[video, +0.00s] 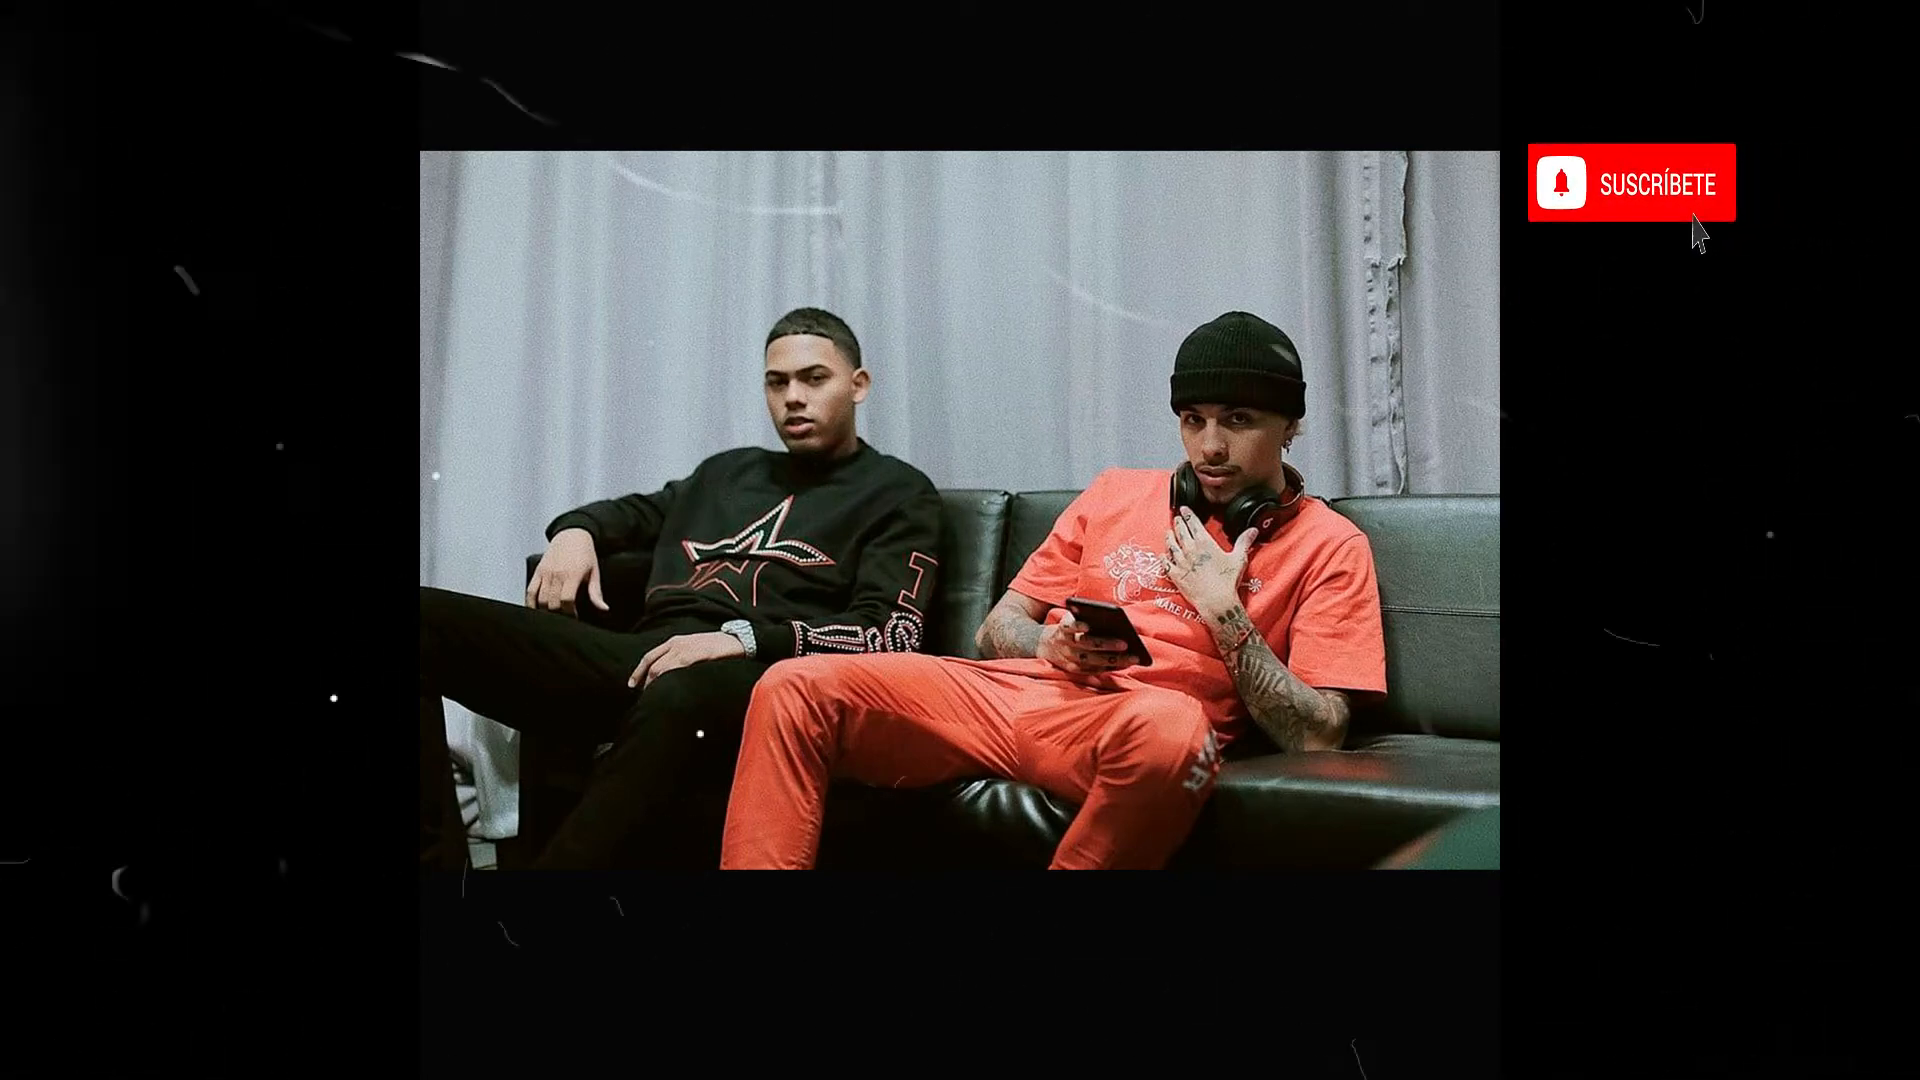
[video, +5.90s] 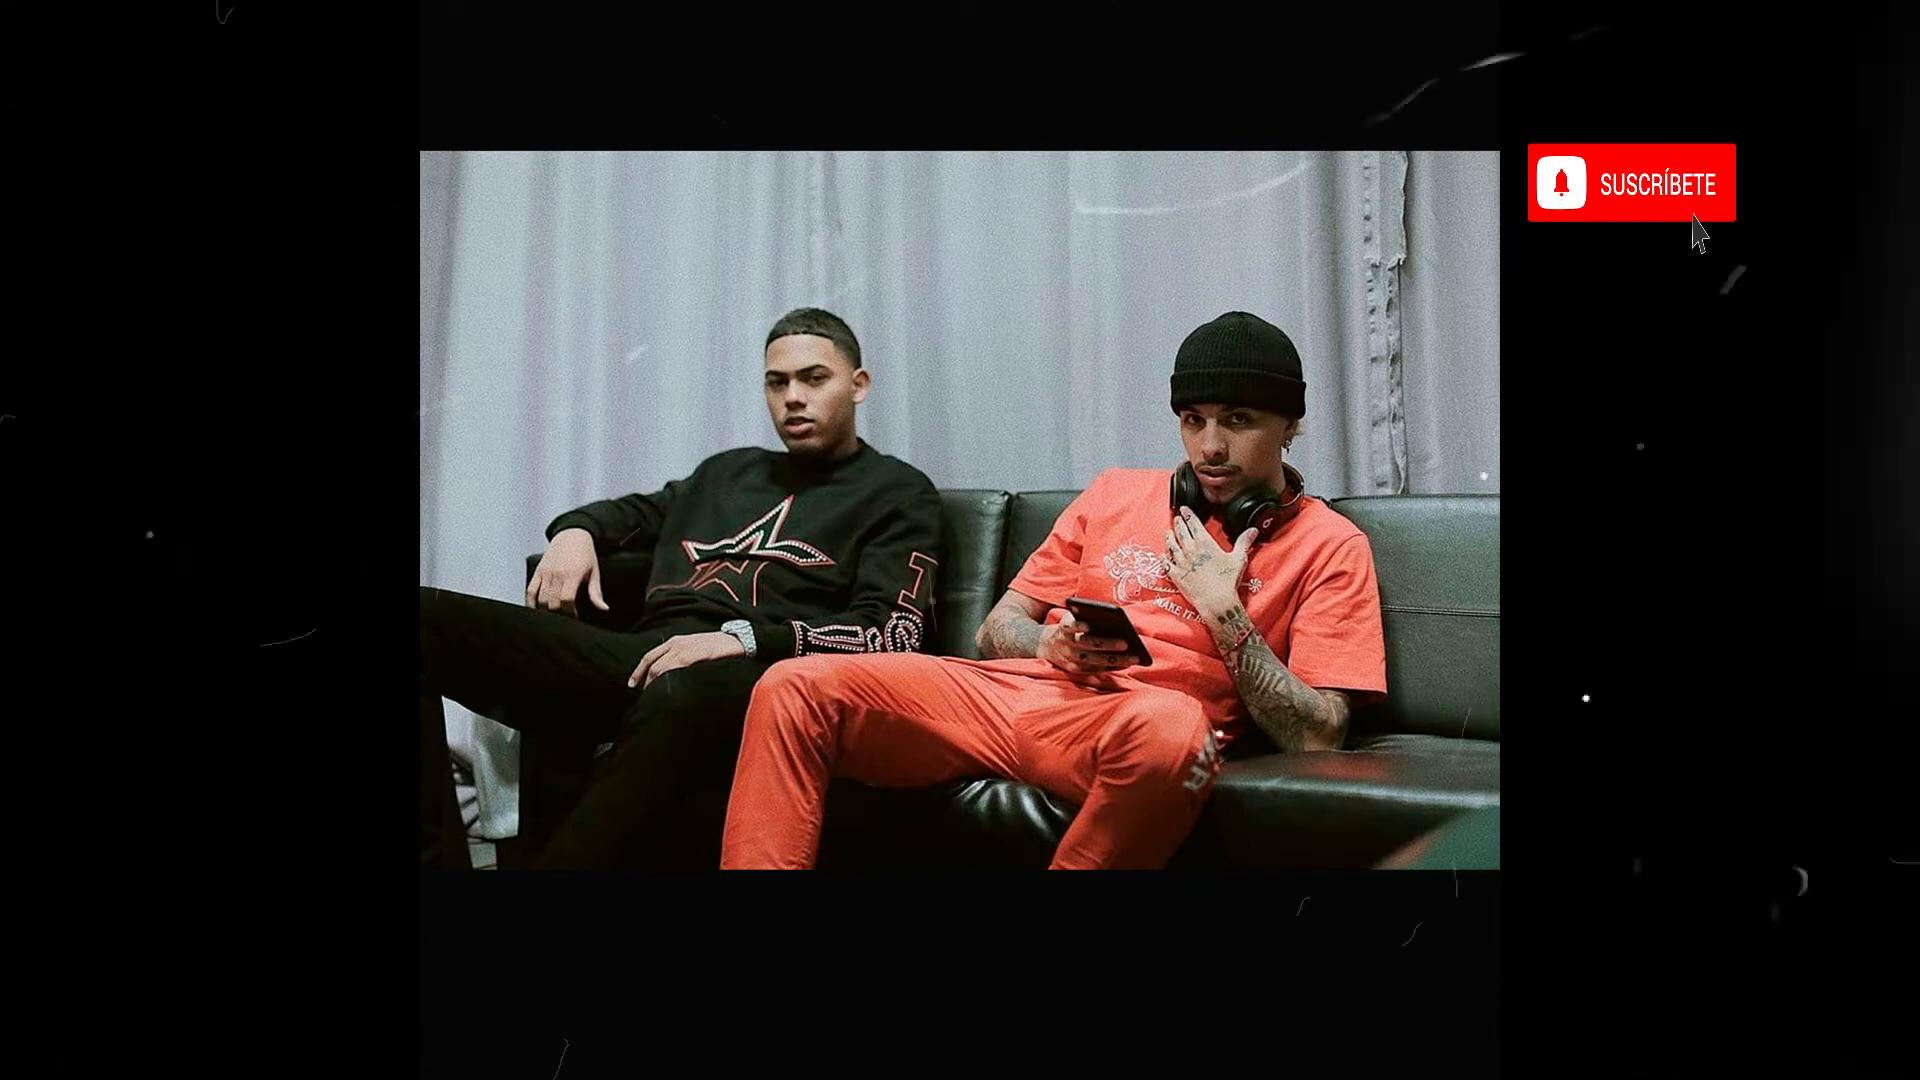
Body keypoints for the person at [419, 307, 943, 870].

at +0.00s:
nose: (793, 398)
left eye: (813, 379)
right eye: (779, 382)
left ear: (859, 385)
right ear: (765, 391)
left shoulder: (899, 493)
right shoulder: (728, 472)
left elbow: (892, 634)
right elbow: (640, 515)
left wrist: (744, 638)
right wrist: (575, 529)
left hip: (769, 680)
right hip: (637, 653)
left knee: (679, 700)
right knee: (426, 617)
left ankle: (554, 878)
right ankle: (439, 858)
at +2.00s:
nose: (793, 399)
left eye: (813, 379)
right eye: (779, 382)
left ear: (859, 385)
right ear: (765, 391)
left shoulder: (900, 494)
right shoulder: (728, 472)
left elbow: (893, 634)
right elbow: (641, 515)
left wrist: (742, 639)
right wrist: (575, 530)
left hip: (769, 681)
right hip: (637, 652)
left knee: (683, 699)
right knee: (425, 617)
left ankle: (562, 873)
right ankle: (441, 857)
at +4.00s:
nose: (793, 399)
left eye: (813, 379)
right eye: (779, 382)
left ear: (859, 385)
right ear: (765, 391)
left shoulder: (899, 494)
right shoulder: (728, 472)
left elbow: (892, 634)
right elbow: (641, 515)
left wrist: (743, 638)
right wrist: (575, 530)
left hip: (769, 681)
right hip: (637, 653)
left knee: (683, 699)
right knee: (424, 617)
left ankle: (561, 872)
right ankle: (441, 857)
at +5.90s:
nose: (793, 399)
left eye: (813, 379)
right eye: (779, 382)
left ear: (859, 385)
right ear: (765, 391)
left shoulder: (899, 493)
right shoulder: (728, 472)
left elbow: (896, 634)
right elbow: (641, 515)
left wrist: (744, 638)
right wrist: (575, 530)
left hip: (770, 680)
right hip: (638, 653)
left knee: (683, 700)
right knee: (426, 616)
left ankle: (561, 872)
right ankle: (442, 858)